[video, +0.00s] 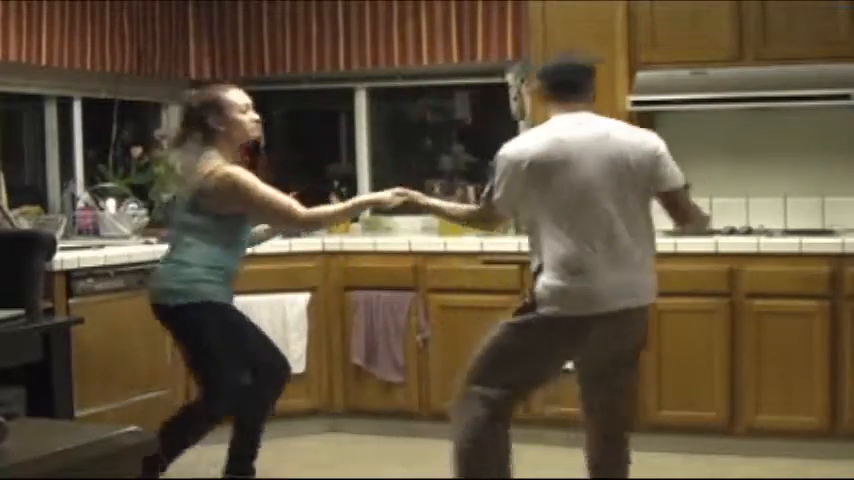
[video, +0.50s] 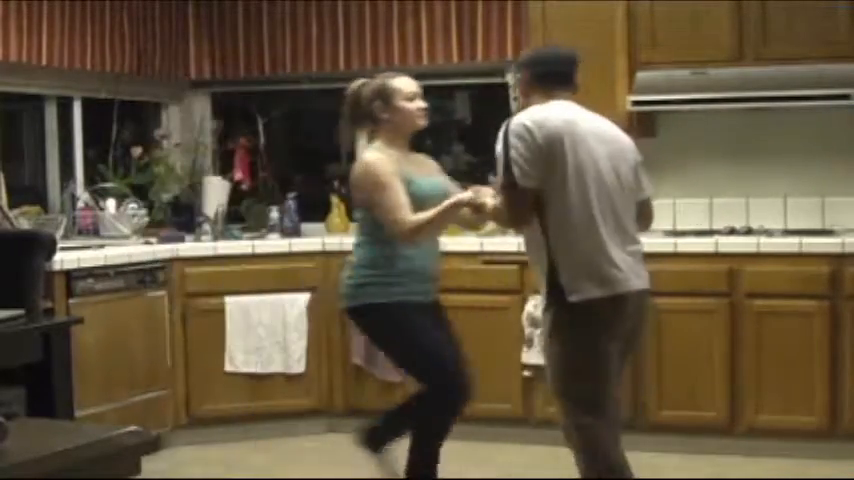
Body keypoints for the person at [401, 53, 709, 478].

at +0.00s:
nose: (529, 104)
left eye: (531, 96)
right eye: (531, 96)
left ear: (542, 96)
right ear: (589, 94)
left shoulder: (522, 152)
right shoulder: (642, 143)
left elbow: (487, 217)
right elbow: (687, 216)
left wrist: (418, 200)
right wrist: (704, 221)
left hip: (563, 309)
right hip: (630, 307)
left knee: (483, 397)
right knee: (610, 433)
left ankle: (485, 475)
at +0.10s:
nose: (546, 95)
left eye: (546, 90)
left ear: (552, 90)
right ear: (603, 89)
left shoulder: (536, 146)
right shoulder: (653, 140)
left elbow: (497, 213)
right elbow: (703, 211)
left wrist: (430, 193)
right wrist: (703, 198)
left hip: (580, 302)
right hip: (647, 300)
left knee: (505, 386)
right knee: (620, 439)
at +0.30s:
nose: (538, 96)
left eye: (539, 89)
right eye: (539, 90)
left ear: (547, 89)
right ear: (596, 87)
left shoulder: (541, 138)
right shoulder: (643, 138)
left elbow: (521, 219)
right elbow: (681, 211)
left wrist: (462, 206)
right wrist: (634, 196)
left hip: (591, 305)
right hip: (651, 299)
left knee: (546, 417)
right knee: (621, 426)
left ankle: (599, 471)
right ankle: (619, 476)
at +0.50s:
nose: (515, 96)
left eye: (516, 87)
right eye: (515, 88)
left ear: (528, 86)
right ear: (571, 86)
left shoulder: (524, 126)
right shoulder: (614, 133)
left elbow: (516, 214)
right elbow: (643, 214)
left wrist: (488, 203)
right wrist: (585, 213)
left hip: (582, 300)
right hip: (632, 293)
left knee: (587, 425)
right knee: (600, 419)